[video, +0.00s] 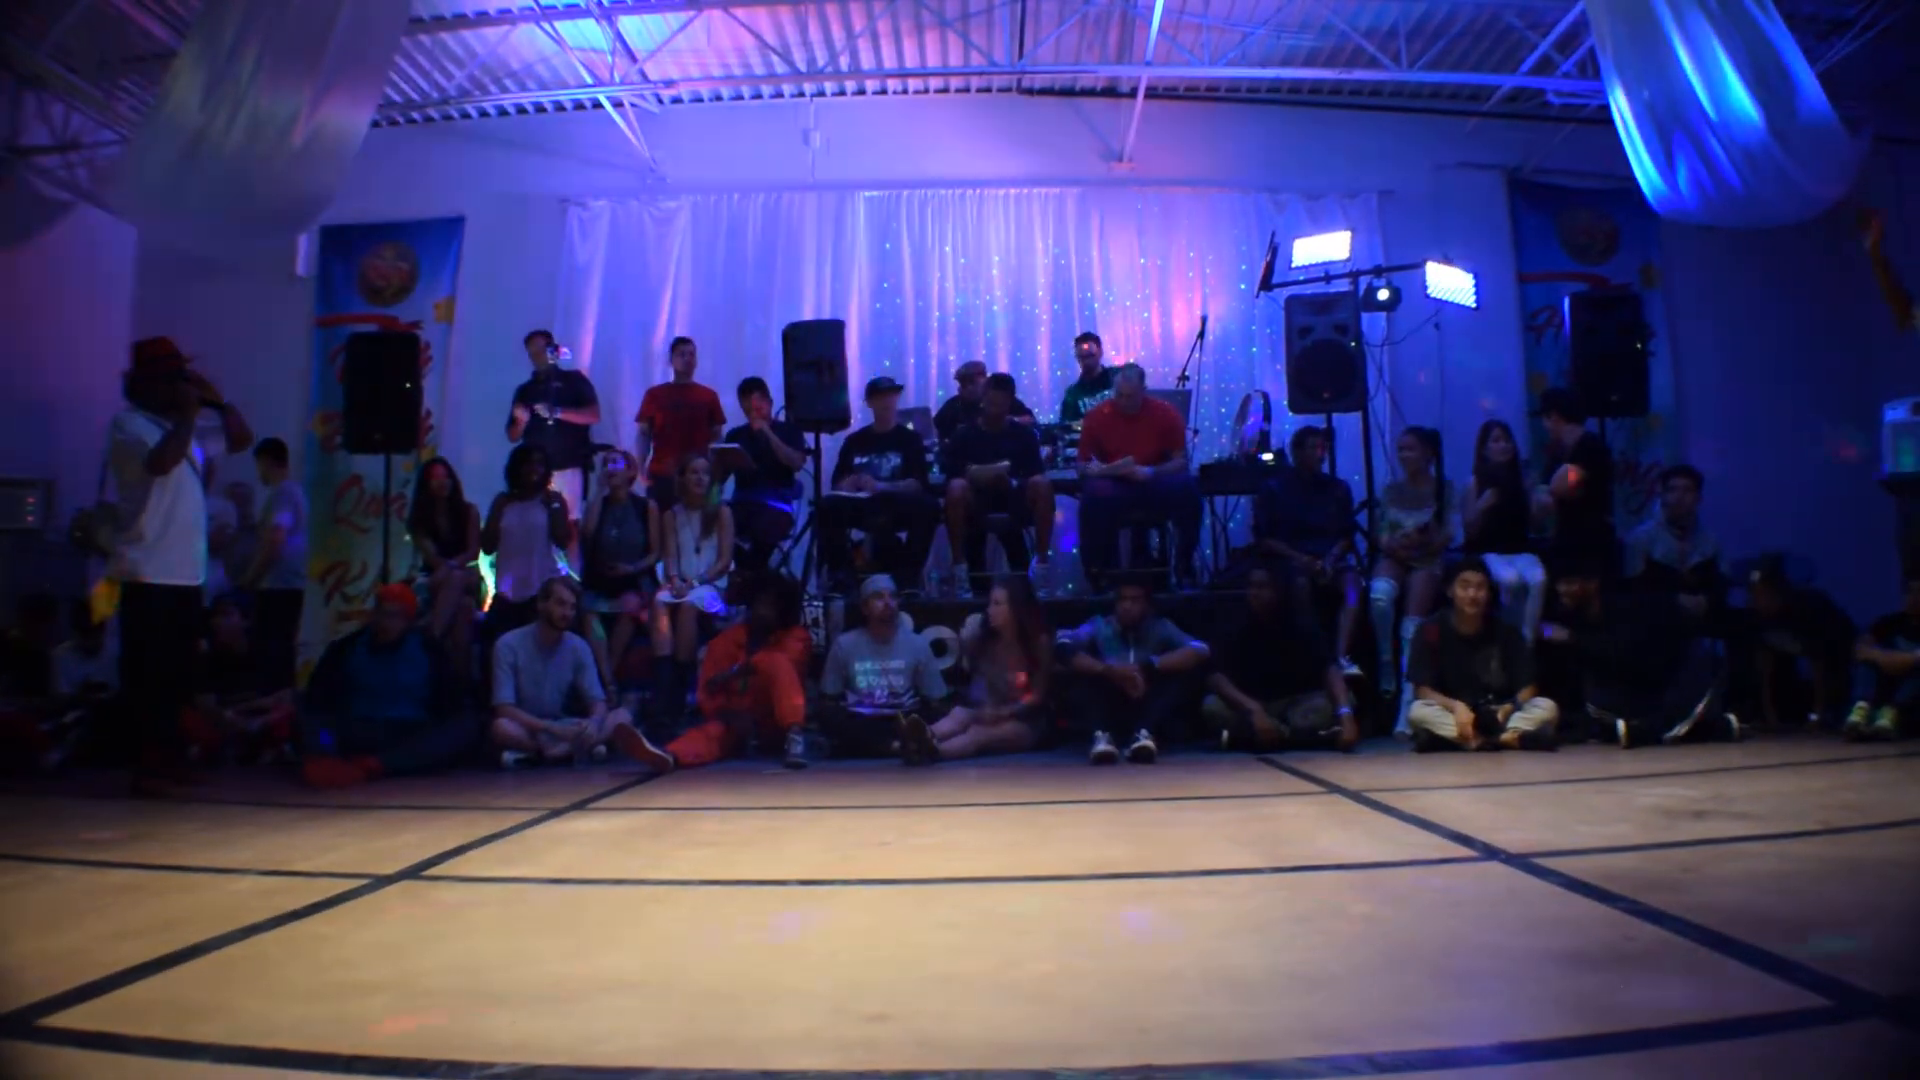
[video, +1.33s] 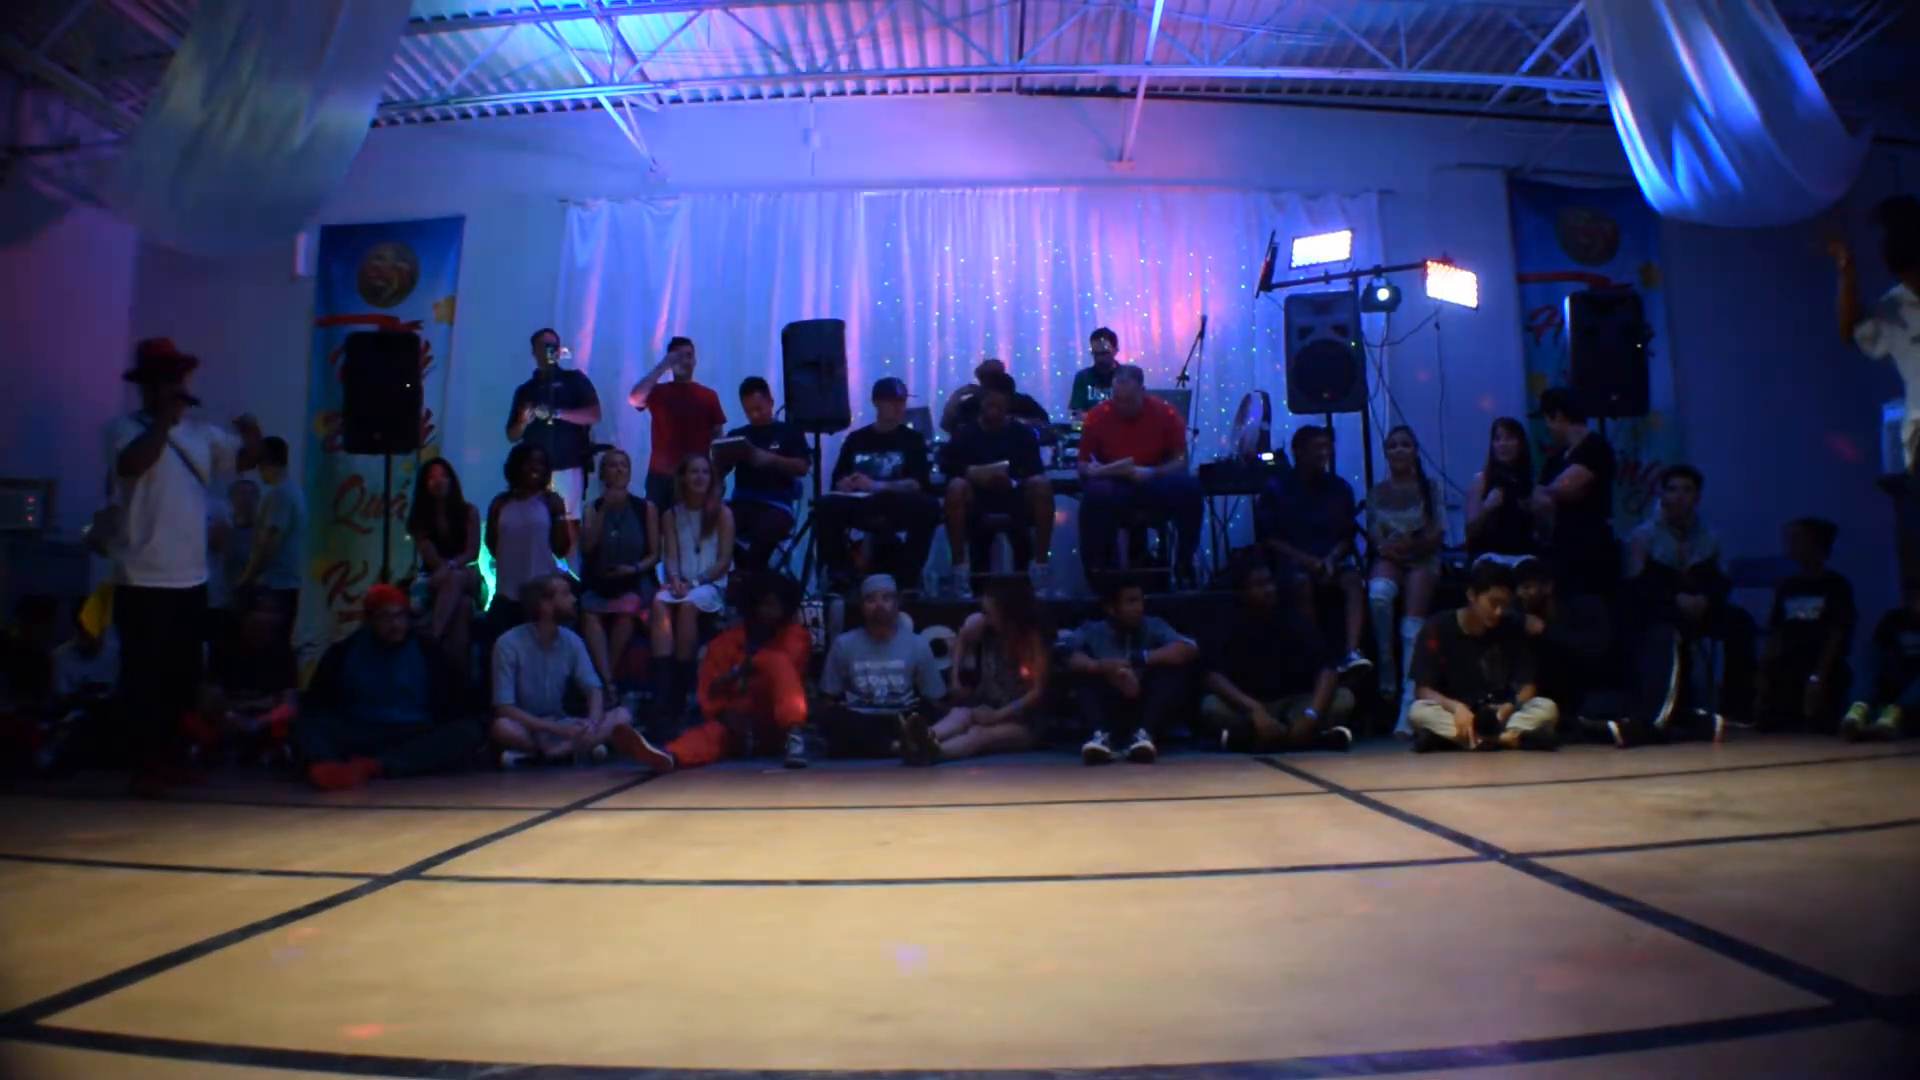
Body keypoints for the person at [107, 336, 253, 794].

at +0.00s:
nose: (179, 388)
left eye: (180, 380)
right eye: (169, 380)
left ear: (180, 384)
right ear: (146, 385)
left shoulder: (180, 432)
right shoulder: (129, 426)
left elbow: (240, 440)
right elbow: (159, 462)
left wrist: (216, 400)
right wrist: (188, 413)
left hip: (185, 579)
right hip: (149, 578)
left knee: (179, 678)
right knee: (149, 679)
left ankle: (174, 762)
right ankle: (147, 768)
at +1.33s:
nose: (179, 390)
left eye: (181, 383)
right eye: (169, 383)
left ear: (185, 387)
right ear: (147, 386)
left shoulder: (200, 433)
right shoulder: (126, 429)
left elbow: (245, 462)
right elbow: (130, 468)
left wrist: (250, 438)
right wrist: (165, 423)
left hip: (191, 581)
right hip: (143, 581)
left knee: (185, 682)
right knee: (144, 681)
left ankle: (177, 762)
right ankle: (143, 768)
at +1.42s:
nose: (182, 389)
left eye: (184, 381)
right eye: (171, 382)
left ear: (186, 387)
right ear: (147, 387)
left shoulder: (202, 435)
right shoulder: (125, 431)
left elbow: (256, 463)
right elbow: (124, 468)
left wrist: (250, 469)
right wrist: (156, 421)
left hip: (191, 585)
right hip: (142, 585)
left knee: (184, 685)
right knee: (144, 685)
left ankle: (177, 763)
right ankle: (143, 769)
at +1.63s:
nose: (173, 393)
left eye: (178, 385)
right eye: (163, 386)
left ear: (185, 388)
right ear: (144, 391)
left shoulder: (207, 437)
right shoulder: (128, 434)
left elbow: (241, 491)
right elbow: (117, 471)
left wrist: (240, 526)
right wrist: (150, 422)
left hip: (194, 585)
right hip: (142, 584)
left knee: (185, 681)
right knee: (143, 682)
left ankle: (177, 761)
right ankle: (142, 765)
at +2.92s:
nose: (207, 382)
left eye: (210, 373)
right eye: (196, 374)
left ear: (216, 377)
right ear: (174, 379)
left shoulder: (228, 431)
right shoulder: (153, 428)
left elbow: (251, 498)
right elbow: (155, 464)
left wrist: (266, 550)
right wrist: (186, 413)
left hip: (226, 582)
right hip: (172, 584)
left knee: (222, 682)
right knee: (177, 684)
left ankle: (215, 765)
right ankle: (183, 768)